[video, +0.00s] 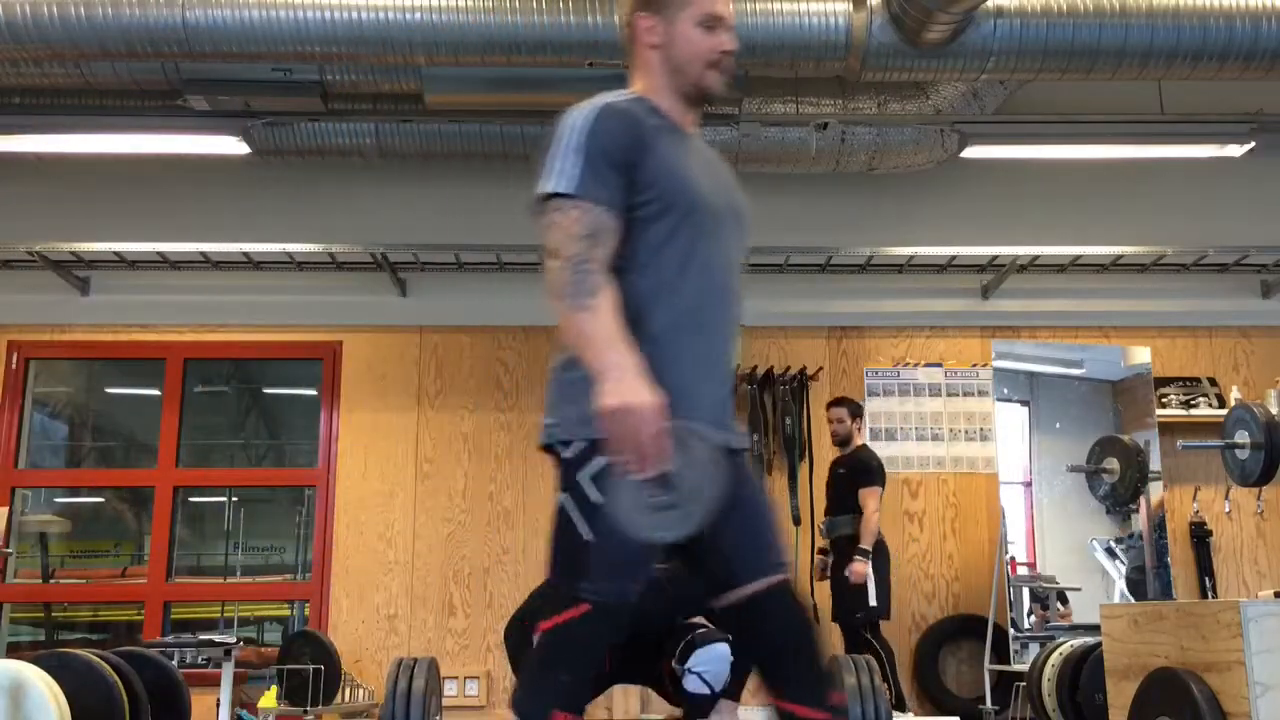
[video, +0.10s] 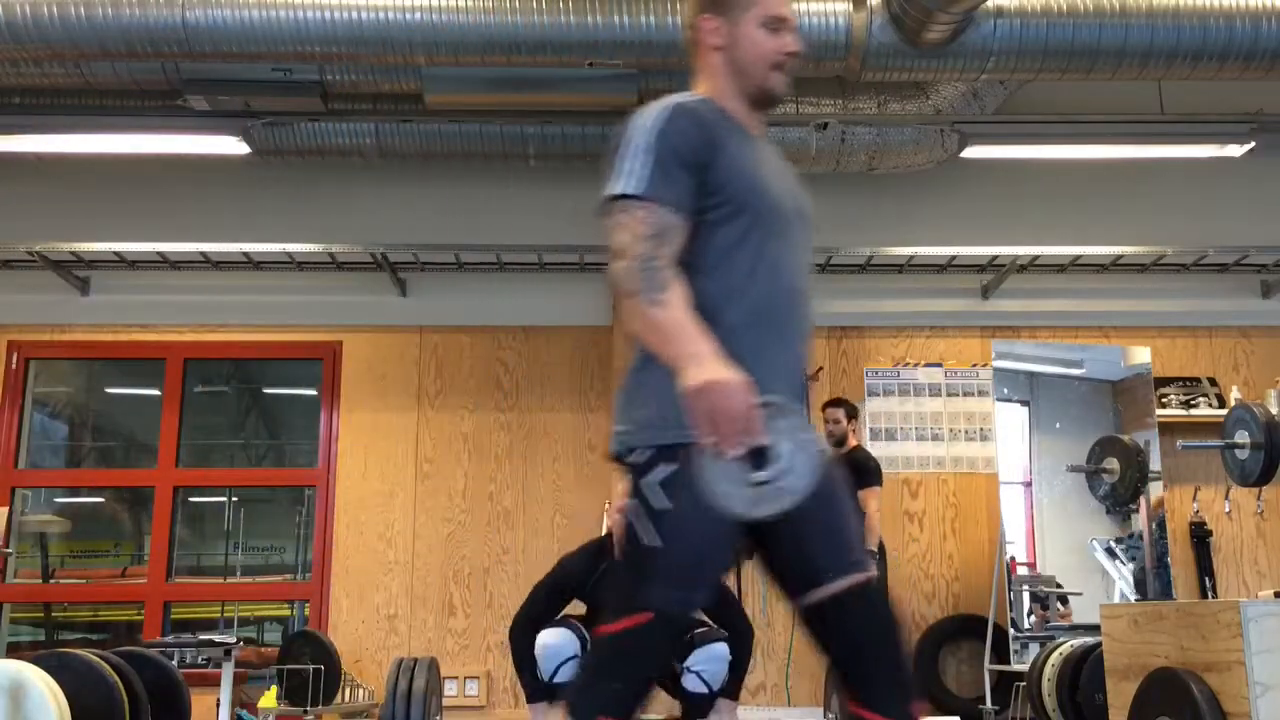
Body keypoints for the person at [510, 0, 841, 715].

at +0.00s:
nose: (729, 45)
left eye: (732, 29)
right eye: (709, 25)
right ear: (650, 31)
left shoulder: (709, 160)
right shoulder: (604, 122)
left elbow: (688, 298)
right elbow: (574, 267)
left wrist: (714, 414)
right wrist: (618, 373)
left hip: (710, 443)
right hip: (619, 437)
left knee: (788, 647)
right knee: (577, 652)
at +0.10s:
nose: (794, 47)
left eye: (795, 31)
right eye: (773, 26)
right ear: (713, 32)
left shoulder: (768, 160)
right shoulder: (674, 122)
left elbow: (743, 309)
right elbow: (640, 266)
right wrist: (702, 364)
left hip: (785, 438)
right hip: (691, 441)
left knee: (873, 653)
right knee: (624, 670)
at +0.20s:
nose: (863, 37)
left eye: (866, 21)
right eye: (843, 15)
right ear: (781, 19)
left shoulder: (828, 145)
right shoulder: (748, 107)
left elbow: (819, 284)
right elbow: (709, 241)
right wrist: (779, 346)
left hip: (859, 431)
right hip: (773, 430)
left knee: (933, 641)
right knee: (760, 649)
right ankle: (684, 692)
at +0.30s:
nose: (925, 22)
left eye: (929, 10)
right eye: (909, 4)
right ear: (845, 8)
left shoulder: (883, 124)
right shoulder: (812, 86)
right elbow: (772, 224)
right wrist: (842, 333)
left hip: (918, 417)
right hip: (864, 411)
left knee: (963, 620)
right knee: (908, 611)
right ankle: (793, 701)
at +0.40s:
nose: (983, 5)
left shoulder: (936, 105)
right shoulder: (869, 65)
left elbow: (946, 279)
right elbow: (829, 214)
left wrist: (996, 429)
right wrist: (889, 342)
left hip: (959, 404)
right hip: (916, 399)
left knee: (972, 627)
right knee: (1001, 611)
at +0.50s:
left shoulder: (994, 87)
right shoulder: (931, 50)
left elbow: (1012, 275)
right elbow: (885, 207)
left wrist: (1083, 400)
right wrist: (925, 355)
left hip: (1005, 395)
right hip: (981, 394)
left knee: (974, 655)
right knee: (1108, 618)